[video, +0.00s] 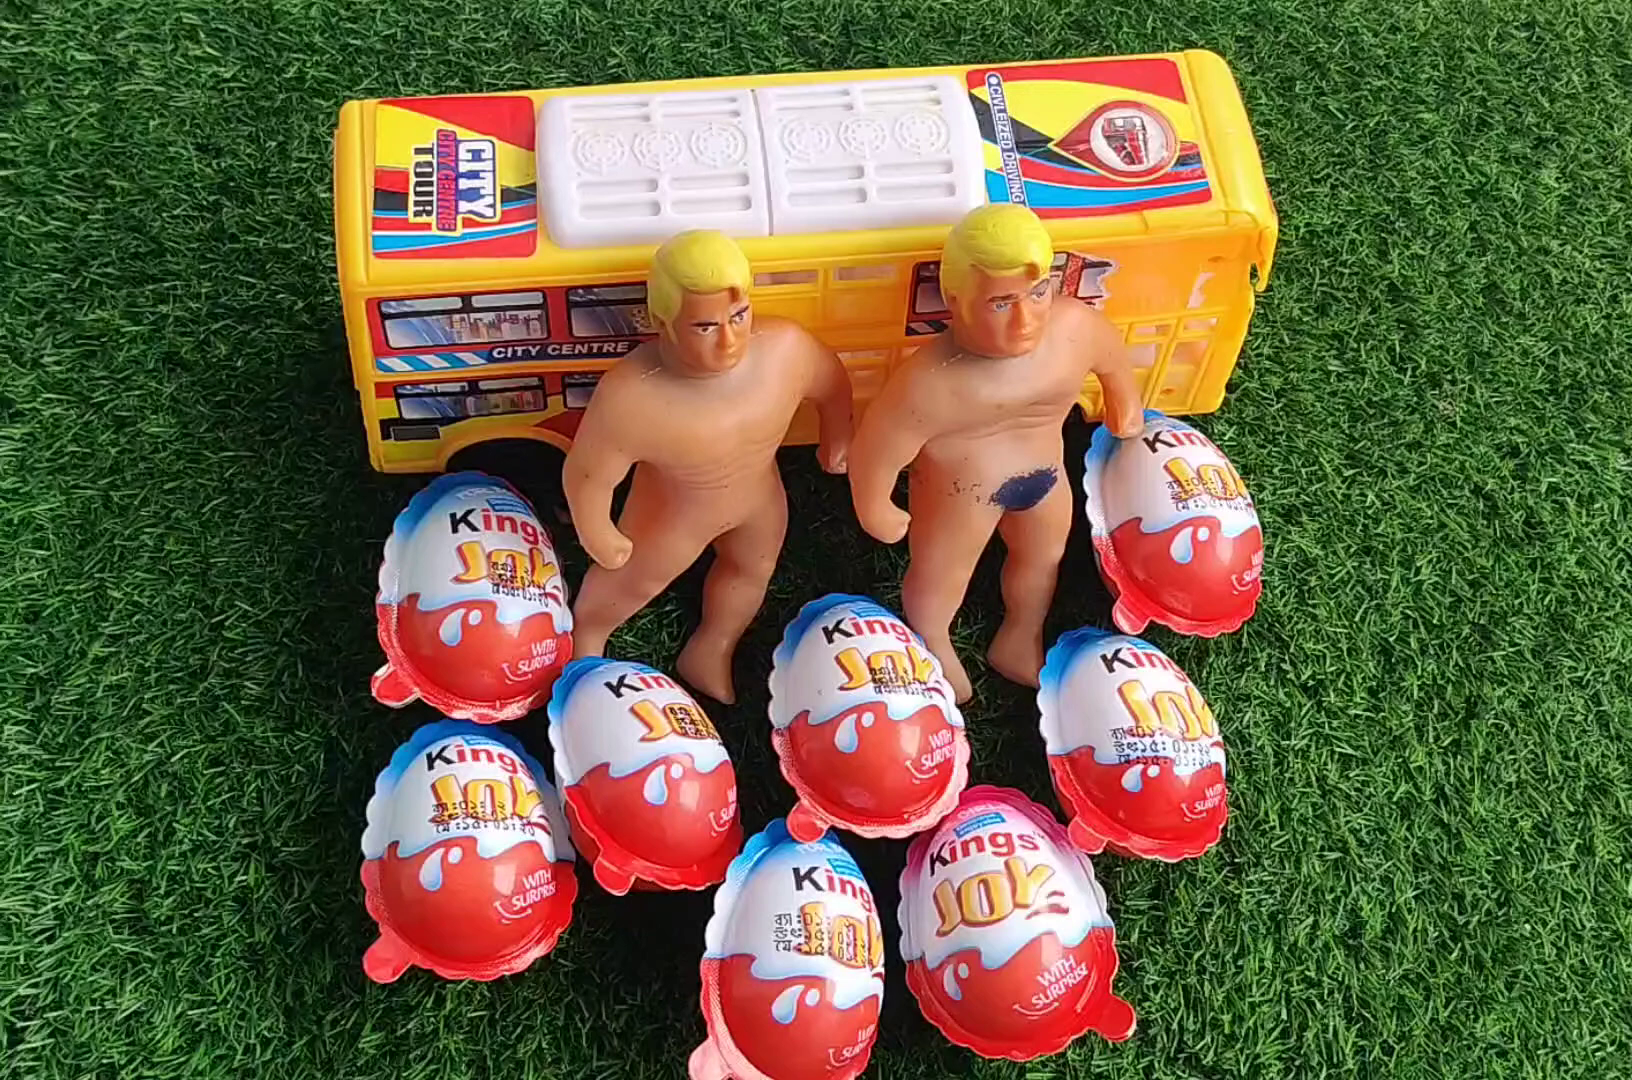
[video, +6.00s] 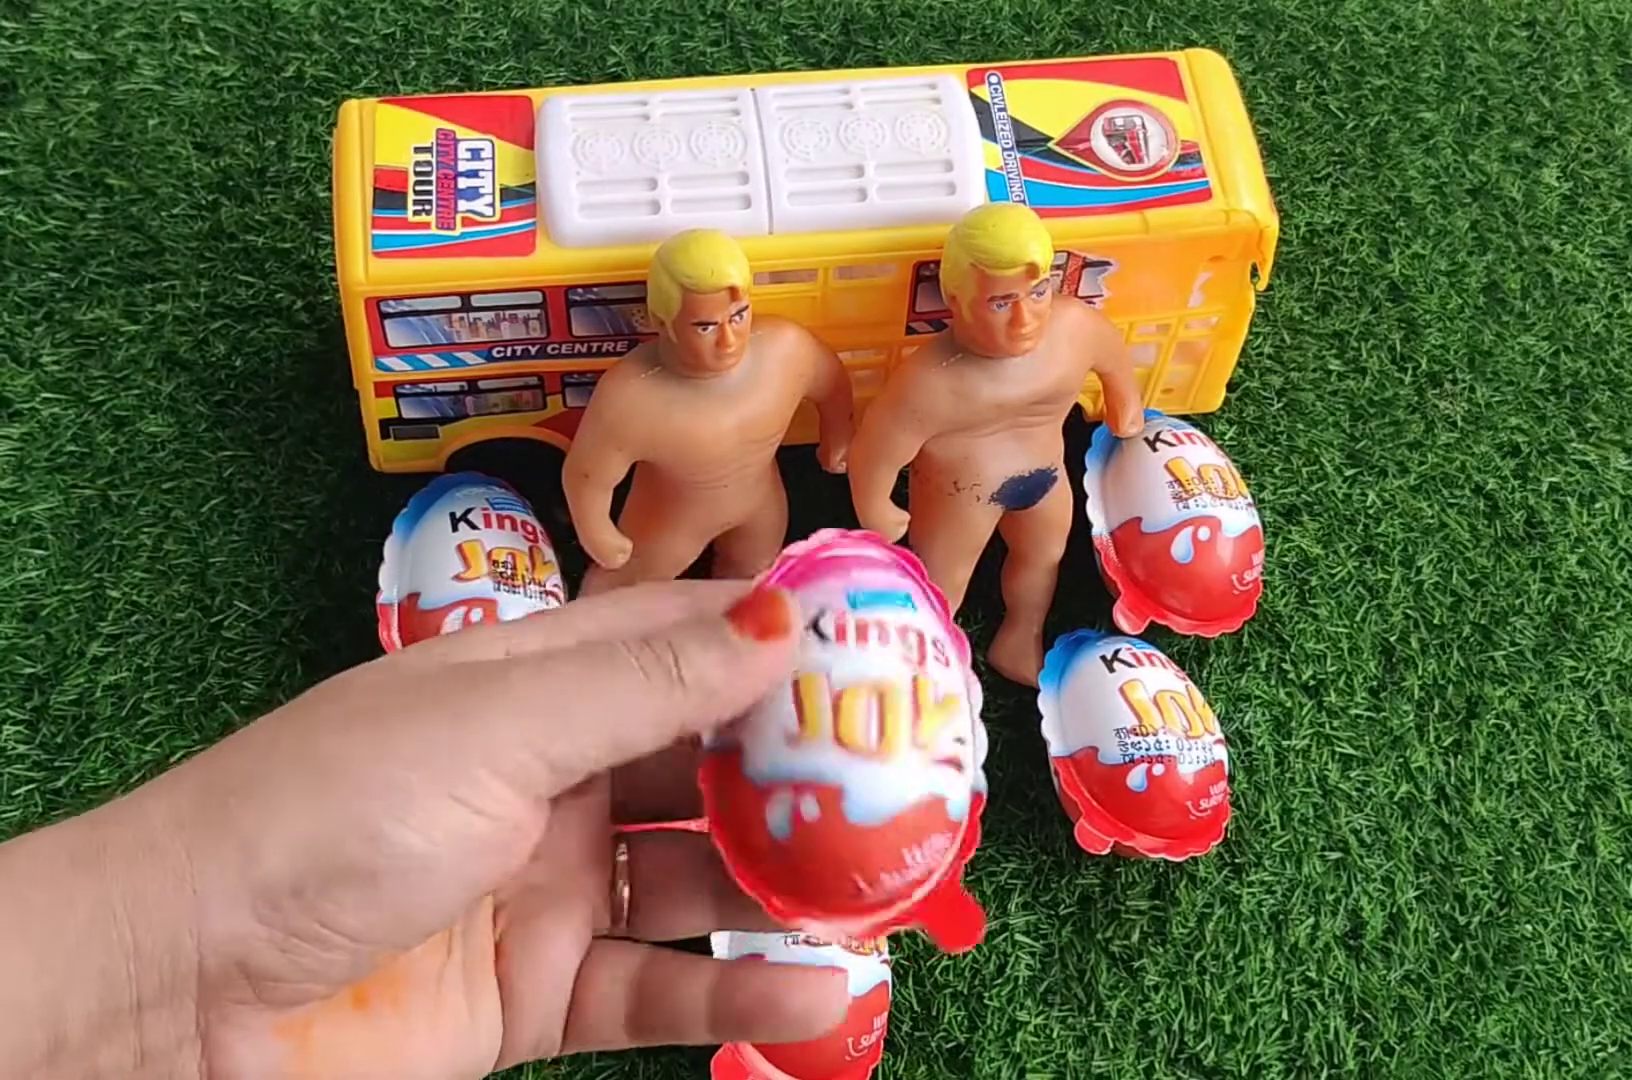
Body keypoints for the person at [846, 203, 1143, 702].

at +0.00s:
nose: (1024, 317)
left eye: (1036, 295)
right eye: (1000, 302)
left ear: (1050, 285)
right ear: (953, 304)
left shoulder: (1078, 328)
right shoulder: (926, 383)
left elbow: (1112, 359)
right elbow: (873, 453)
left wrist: (1126, 407)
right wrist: (877, 514)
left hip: (1045, 478)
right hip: (959, 492)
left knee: (1040, 564)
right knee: (939, 581)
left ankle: (1020, 643)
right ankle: (933, 648)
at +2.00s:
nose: (1024, 316)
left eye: (1037, 294)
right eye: (1000, 302)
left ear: (1051, 284)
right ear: (954, 304)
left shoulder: (1078, 327)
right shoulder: (927, 382)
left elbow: (1113, 358)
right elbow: (874, 452)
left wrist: (1126, 406)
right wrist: (877, 514)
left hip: (1045, 477)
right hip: (959, 493)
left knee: (1041, 561)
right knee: (940, 580)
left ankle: (1020, 642)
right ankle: (933, 645)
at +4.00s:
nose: (1024, 316)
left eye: (1036, 294)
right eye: (1000, 302)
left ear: (1049, 284)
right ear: (953, 303)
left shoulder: (1077, 326)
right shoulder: (927, 383)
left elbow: (1112, 357)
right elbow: (873, 456)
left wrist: (1125, 404)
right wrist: (875, 513)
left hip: (1044, 478)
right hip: (958, 493)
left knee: (1040, 561)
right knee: (938, 580)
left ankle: (1019, 643)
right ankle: (934, 647)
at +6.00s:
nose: (1024, 317)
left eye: (1037, 294)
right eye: (1000, 302)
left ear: (1051, 283)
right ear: (953, 303)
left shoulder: (1079, 328)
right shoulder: (927, 381)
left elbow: (1115, 362)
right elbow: (871, 458)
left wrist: (1126, 410)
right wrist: (879, 516)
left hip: (1044, 479)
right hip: (958, 492)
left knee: (1040, 563)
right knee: (940, 584)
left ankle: (1020, 643)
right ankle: (922, 662)